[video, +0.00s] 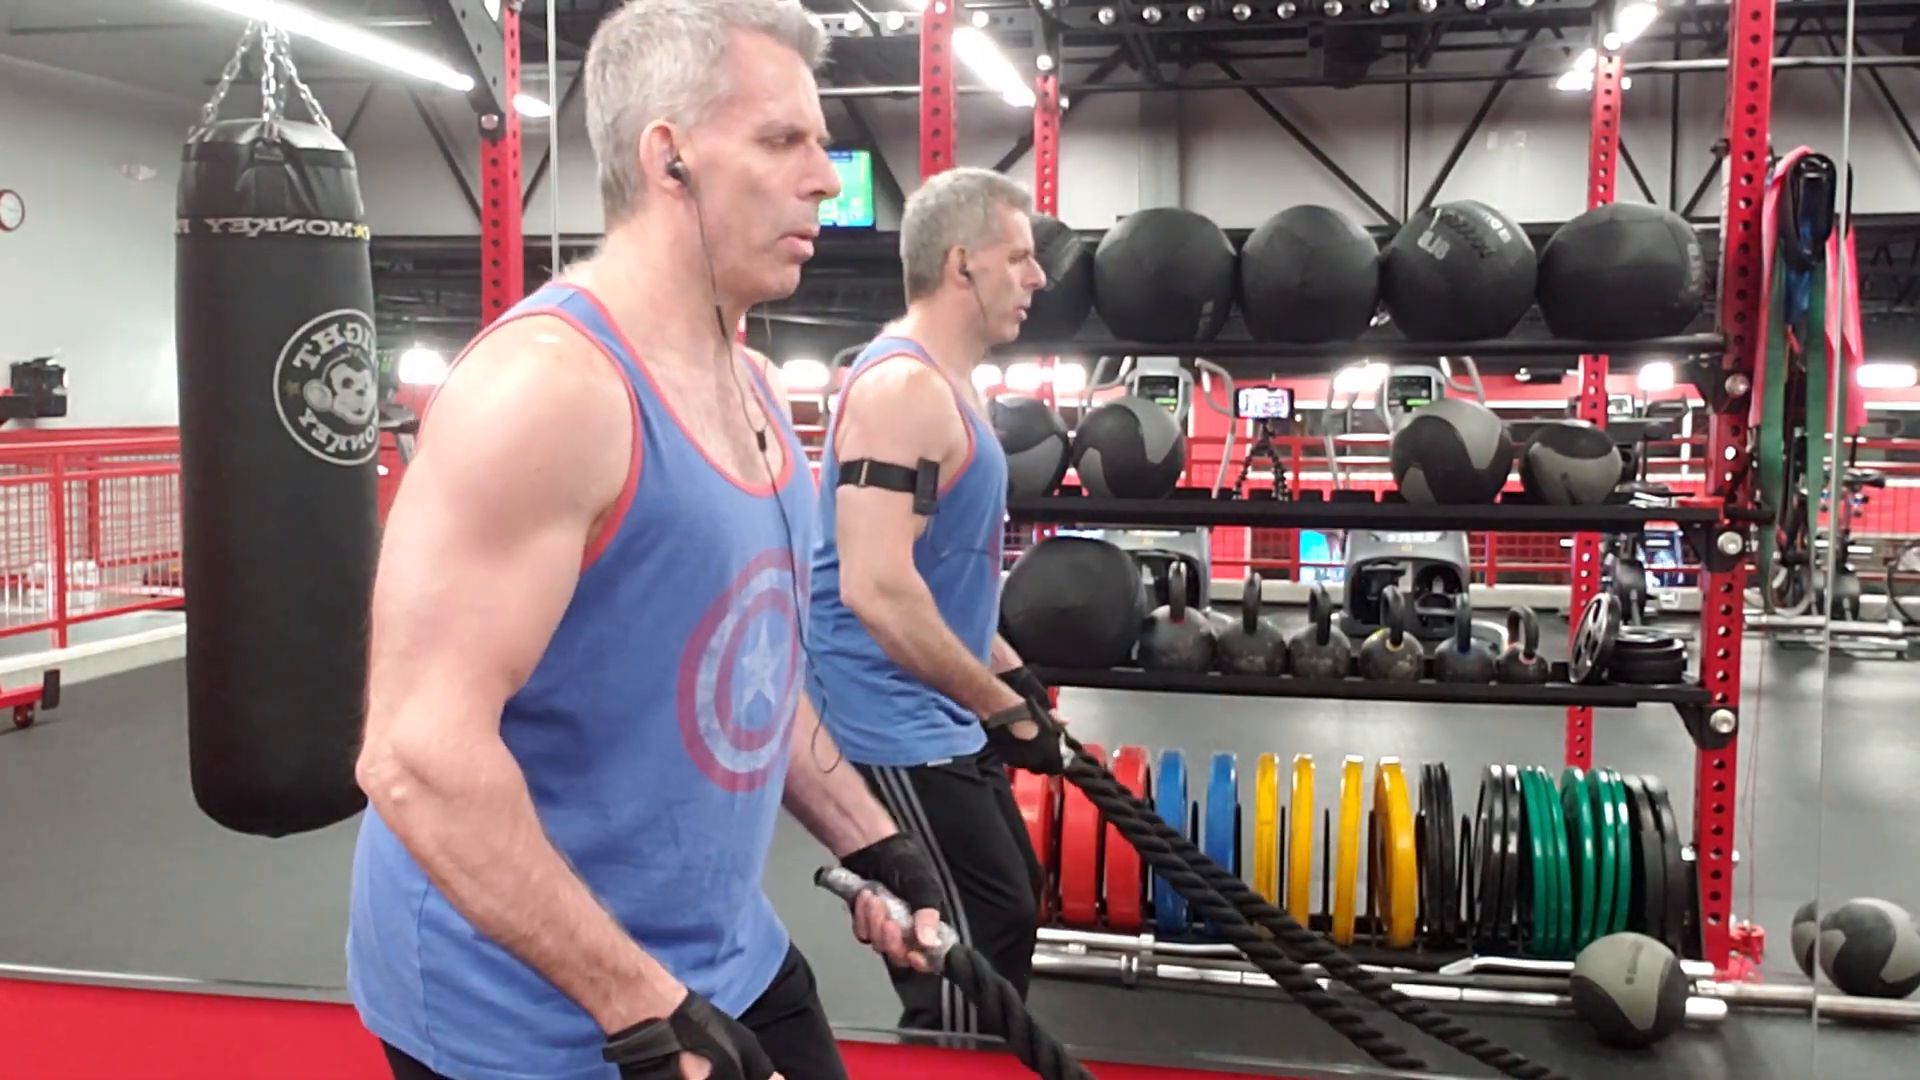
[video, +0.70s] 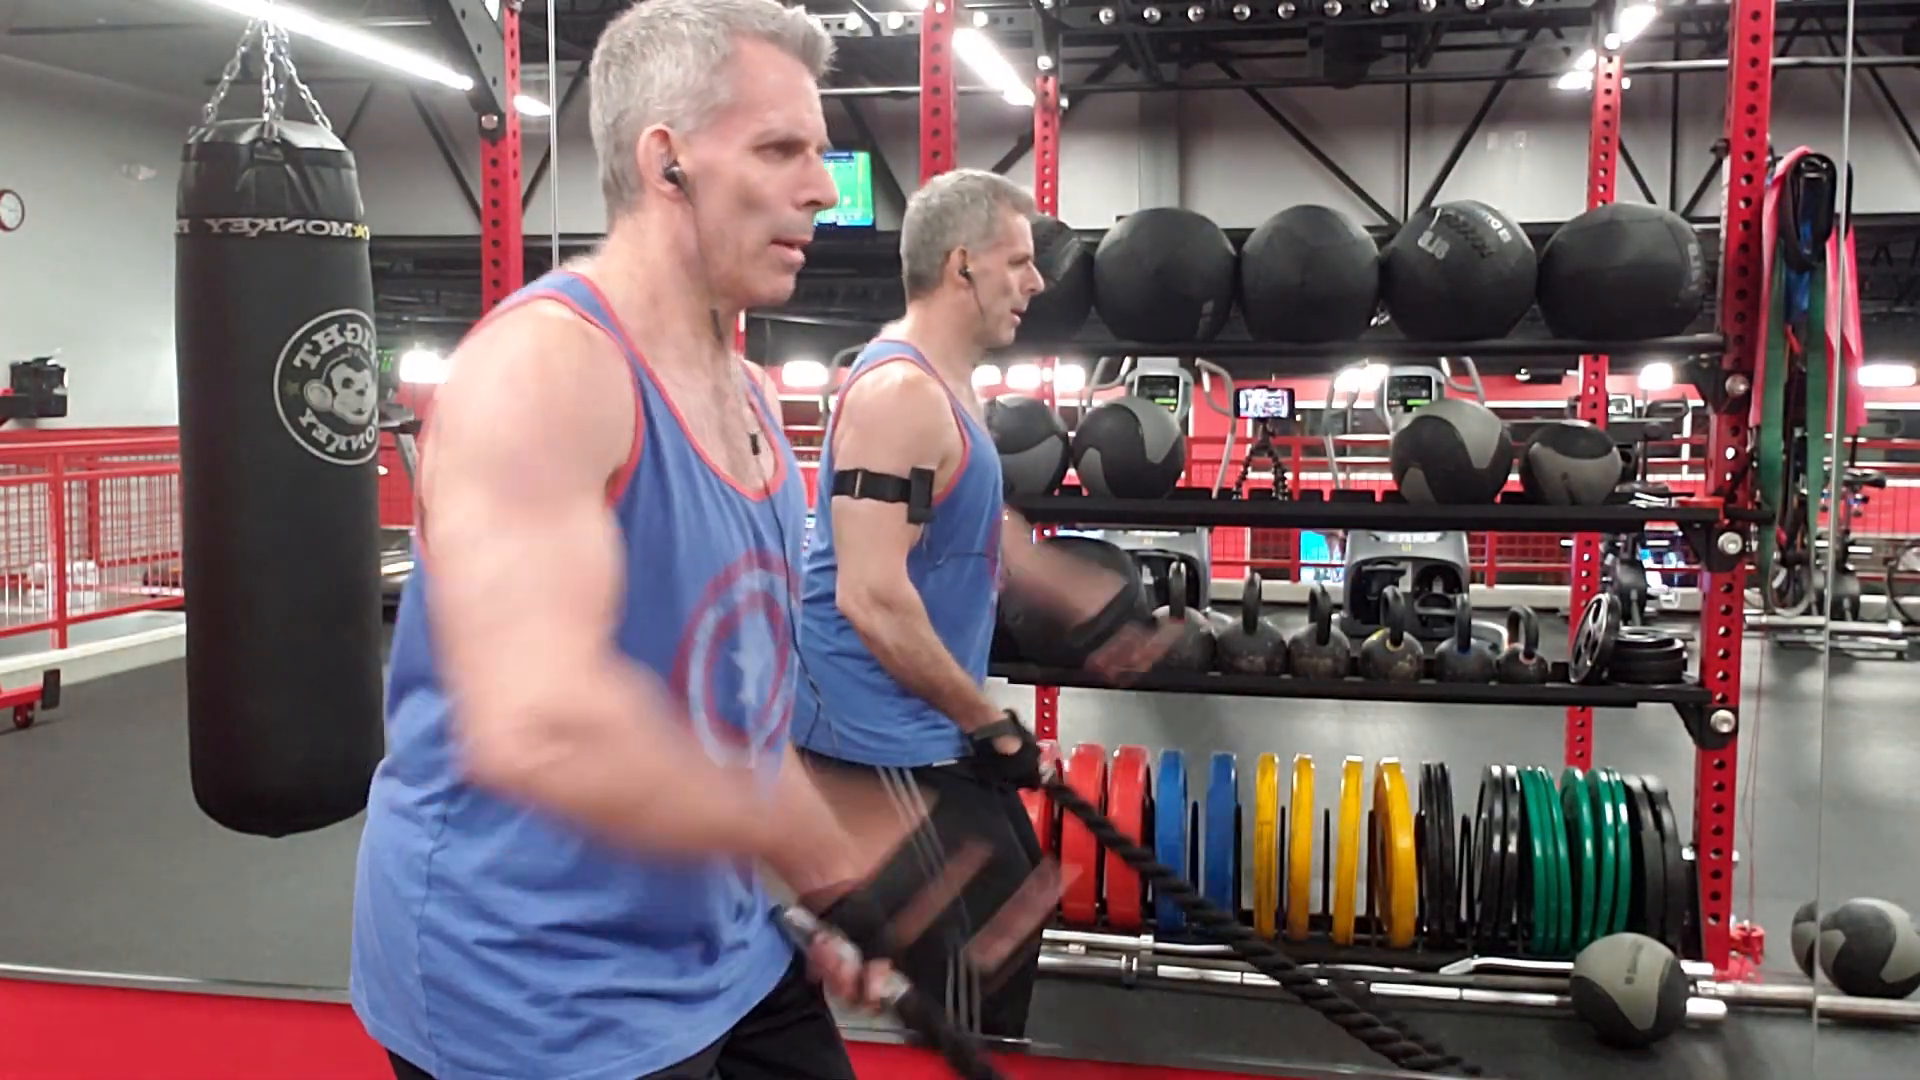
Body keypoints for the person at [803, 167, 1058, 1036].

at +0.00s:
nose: (1037, 279)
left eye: (1034, 258)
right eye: (1021, 257)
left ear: (969, 270)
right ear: (963, 266)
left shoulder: (949, 387)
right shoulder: (901, 386)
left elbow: (943, 580)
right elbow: (877, 584)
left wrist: (1012, 676)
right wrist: (996, 706)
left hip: (946, 723)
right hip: (894, 729)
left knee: (1000, 923)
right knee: (993, 928)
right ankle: (956, 1078)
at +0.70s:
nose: (1034, 285)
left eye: (1034, 264)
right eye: (1020, 262)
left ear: (966, 269)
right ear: (963, 267)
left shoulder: (943, 391)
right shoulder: (899, 393)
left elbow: (1000, 543)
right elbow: (871, 594)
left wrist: (1105, 612)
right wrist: (989, 721)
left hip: (924, 743)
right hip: (874, 752)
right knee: (989, 945)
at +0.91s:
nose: (1037, 296)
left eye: (1037, 275)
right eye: (1023, 273)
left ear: (971, 281)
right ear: (965, 277)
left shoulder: (943, 393)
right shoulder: (906, 392)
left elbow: (1000, 540)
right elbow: (884, 585)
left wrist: (1135, 539)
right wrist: (1011, 692)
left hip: (919, 708)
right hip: (871, 714)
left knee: (1012, 911)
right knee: (993, 922)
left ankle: (960, 1058)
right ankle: (952, 1063)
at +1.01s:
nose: (1034, 297)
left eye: (1035, 277)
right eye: (1019, 275)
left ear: (959, 279)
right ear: (957, 276)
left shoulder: (947, 393)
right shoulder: (898, 386)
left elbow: (946, 577)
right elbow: (916, 570)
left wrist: (1031, 659)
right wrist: (1076, 589)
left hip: (926, 715)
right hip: (866, 725)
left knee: (1022, 907)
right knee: (976, 929)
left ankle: (979, 1061)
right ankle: (952, 1068)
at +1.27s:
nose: (1040, 315)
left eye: (1039, 295)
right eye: (1027, 293)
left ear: (973, 295)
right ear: (970, 292)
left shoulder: (928, 393)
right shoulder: (925, 403)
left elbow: (1015, 538)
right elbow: (932, 601)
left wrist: (1152, 520)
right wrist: (1050, 672)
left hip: (918, 743)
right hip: (906, 752)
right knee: (1003, 946)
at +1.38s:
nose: (1040, 318)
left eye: (1041, 297)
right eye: (1028, 295)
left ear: (967, 295)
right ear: (967, 293)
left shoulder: (947, 394)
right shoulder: (912, 397)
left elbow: (975, 568)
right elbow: (970, 576)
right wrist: (1125, 560)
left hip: (919, 717)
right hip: (865, 728)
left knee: (1023, 907)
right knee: (988, 928)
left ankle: (974, 1062)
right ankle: (955, 1067)